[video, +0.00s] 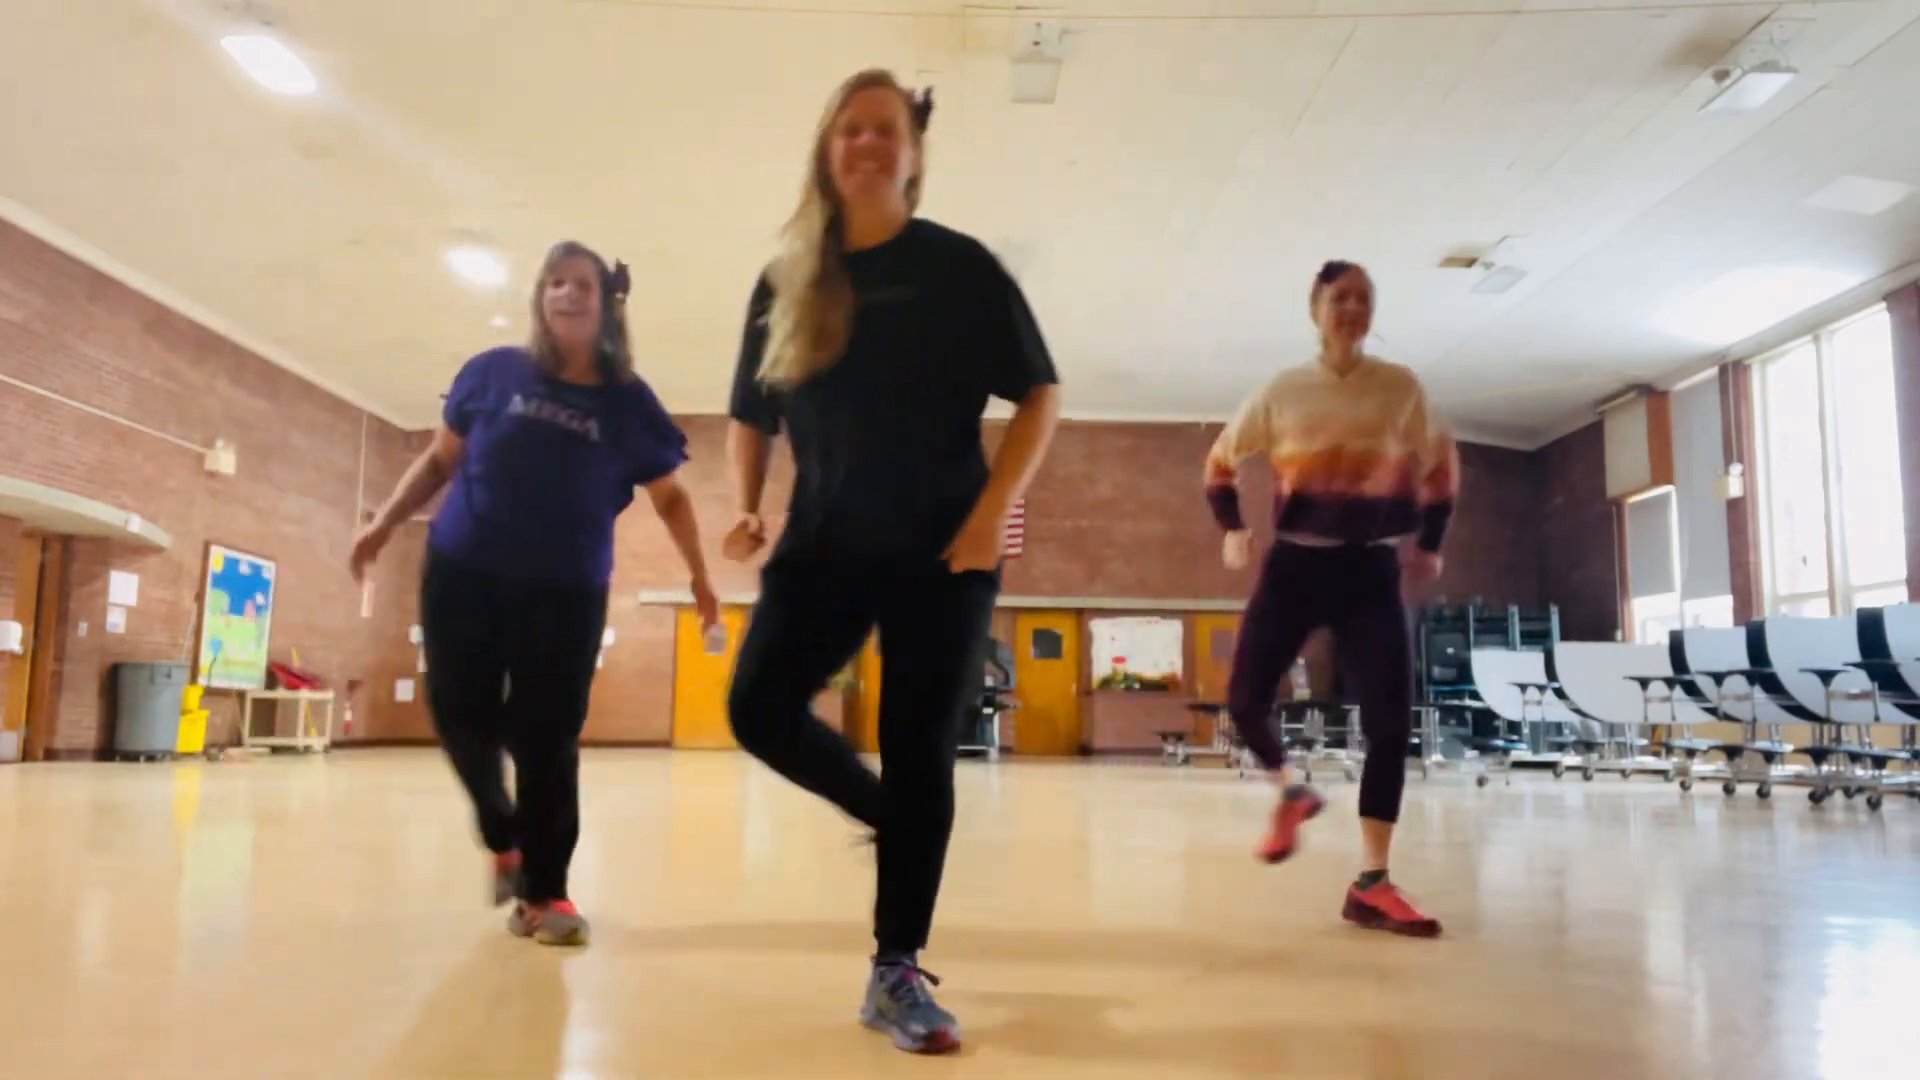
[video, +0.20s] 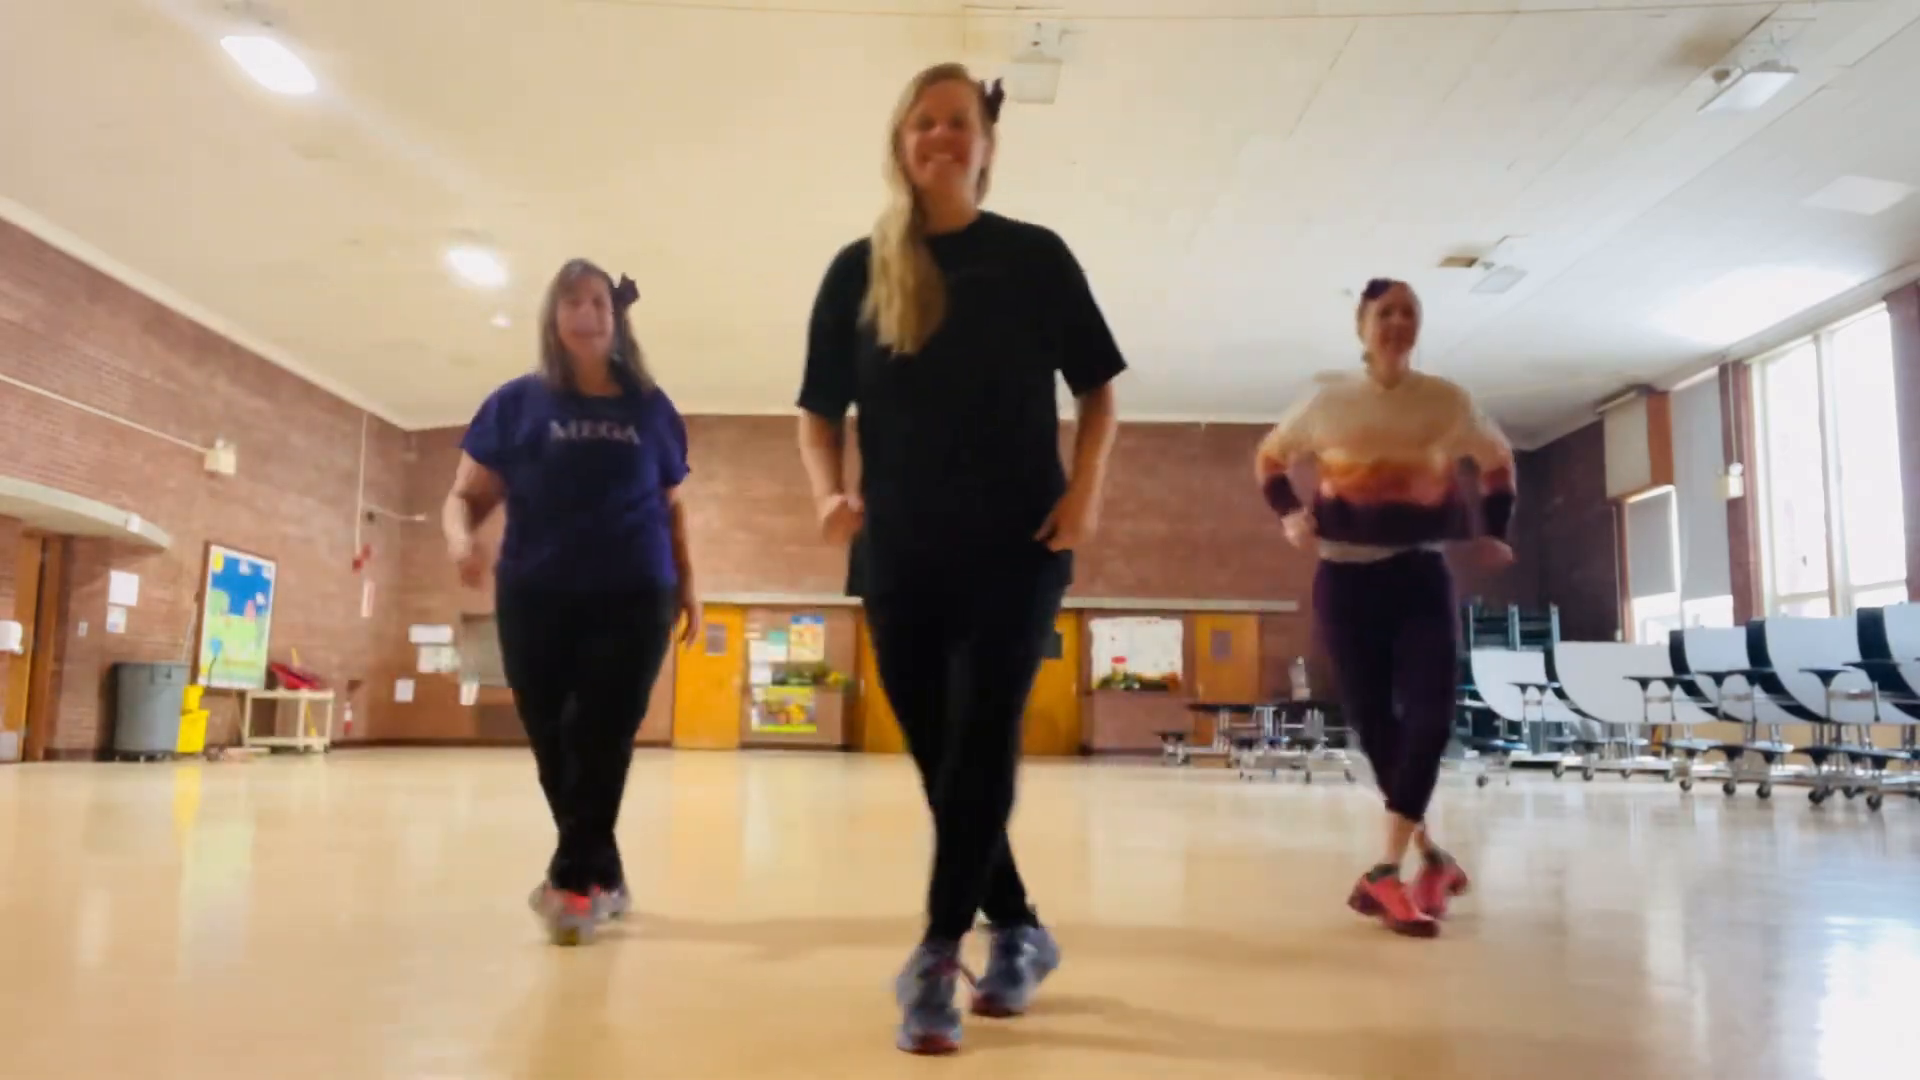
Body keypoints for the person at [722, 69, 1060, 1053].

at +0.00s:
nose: (867, 142)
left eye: (885, 129)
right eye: (851, 129)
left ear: (917, 151)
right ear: (824, 150)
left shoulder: (965, 268)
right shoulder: (788, 280)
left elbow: (1039, 398)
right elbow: (754, 409)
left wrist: (992, 511)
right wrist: (747, 503)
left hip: (942, 547)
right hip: (826, 542)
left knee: (916, 756)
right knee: (760, 714)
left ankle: (896, 971)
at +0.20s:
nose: (940, 136)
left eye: (958, 123)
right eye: (925, 122)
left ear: (988, 142)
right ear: (899, 143)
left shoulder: (1036, 257)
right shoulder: (861, 269)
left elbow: (1098, 383)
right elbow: (821, 404)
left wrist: (1082, 494)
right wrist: (833, 490)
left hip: (1015, 539)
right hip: (901, 542)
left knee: (979, 745)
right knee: (938, 751)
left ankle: (937, 960)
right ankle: (1019, 929)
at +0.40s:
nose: (998, 144)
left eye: (1014, 131)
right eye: (982, 132)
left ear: (1044, 153)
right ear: (957, 155)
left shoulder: (1096, 254)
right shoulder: (926, 279)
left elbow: (1163, 368)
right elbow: (882, 414)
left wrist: (1162, 464)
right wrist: (898, 483)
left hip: (1080, 524)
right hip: (966, 535)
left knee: (1145, 645)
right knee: (992, 746)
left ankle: (1131, 834)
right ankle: (1027, 941)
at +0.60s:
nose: (1070, 135)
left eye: (1087, 123)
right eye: (1055, 124)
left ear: (1115, 145)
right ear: (1029, 147)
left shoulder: (1169, 253)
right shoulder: (998, 266)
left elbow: (1228, 367)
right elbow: (946, 393)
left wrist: (1219, 477)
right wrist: (965, 476)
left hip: (1152, 520)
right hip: (1030, 526)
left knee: (1231, 721)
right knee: (1016, 739)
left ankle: (1270, 901)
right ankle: (1021, 936)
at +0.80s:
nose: (1136, 176)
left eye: (1153, 163)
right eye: (1121, 165)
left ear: (1185, 182)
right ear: (1099, 189)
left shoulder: (1240, 286)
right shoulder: (1074, 307)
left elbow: (1328, 389)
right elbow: (992, 426)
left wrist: (1293, 378)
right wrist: (1030, 371)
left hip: (1230, 564)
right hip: (1108, 567)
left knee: (1260, 766)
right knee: (1051, 763)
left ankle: (1290, 954)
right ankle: (1033, 946)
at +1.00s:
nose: (1174, 115)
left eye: (1189, 102)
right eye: (1159, 103)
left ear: (1217, 119)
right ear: (1130, 123)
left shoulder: (1265, 211)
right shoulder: (1108, 219)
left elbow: (1309, 304)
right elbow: (1082, 323)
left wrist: (1316, 180)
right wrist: (1082, 204)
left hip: (1256, 494)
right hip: (1140, 496)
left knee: (1273, 703)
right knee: (1135, 698)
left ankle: (1297, 916)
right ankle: (1179, 880)